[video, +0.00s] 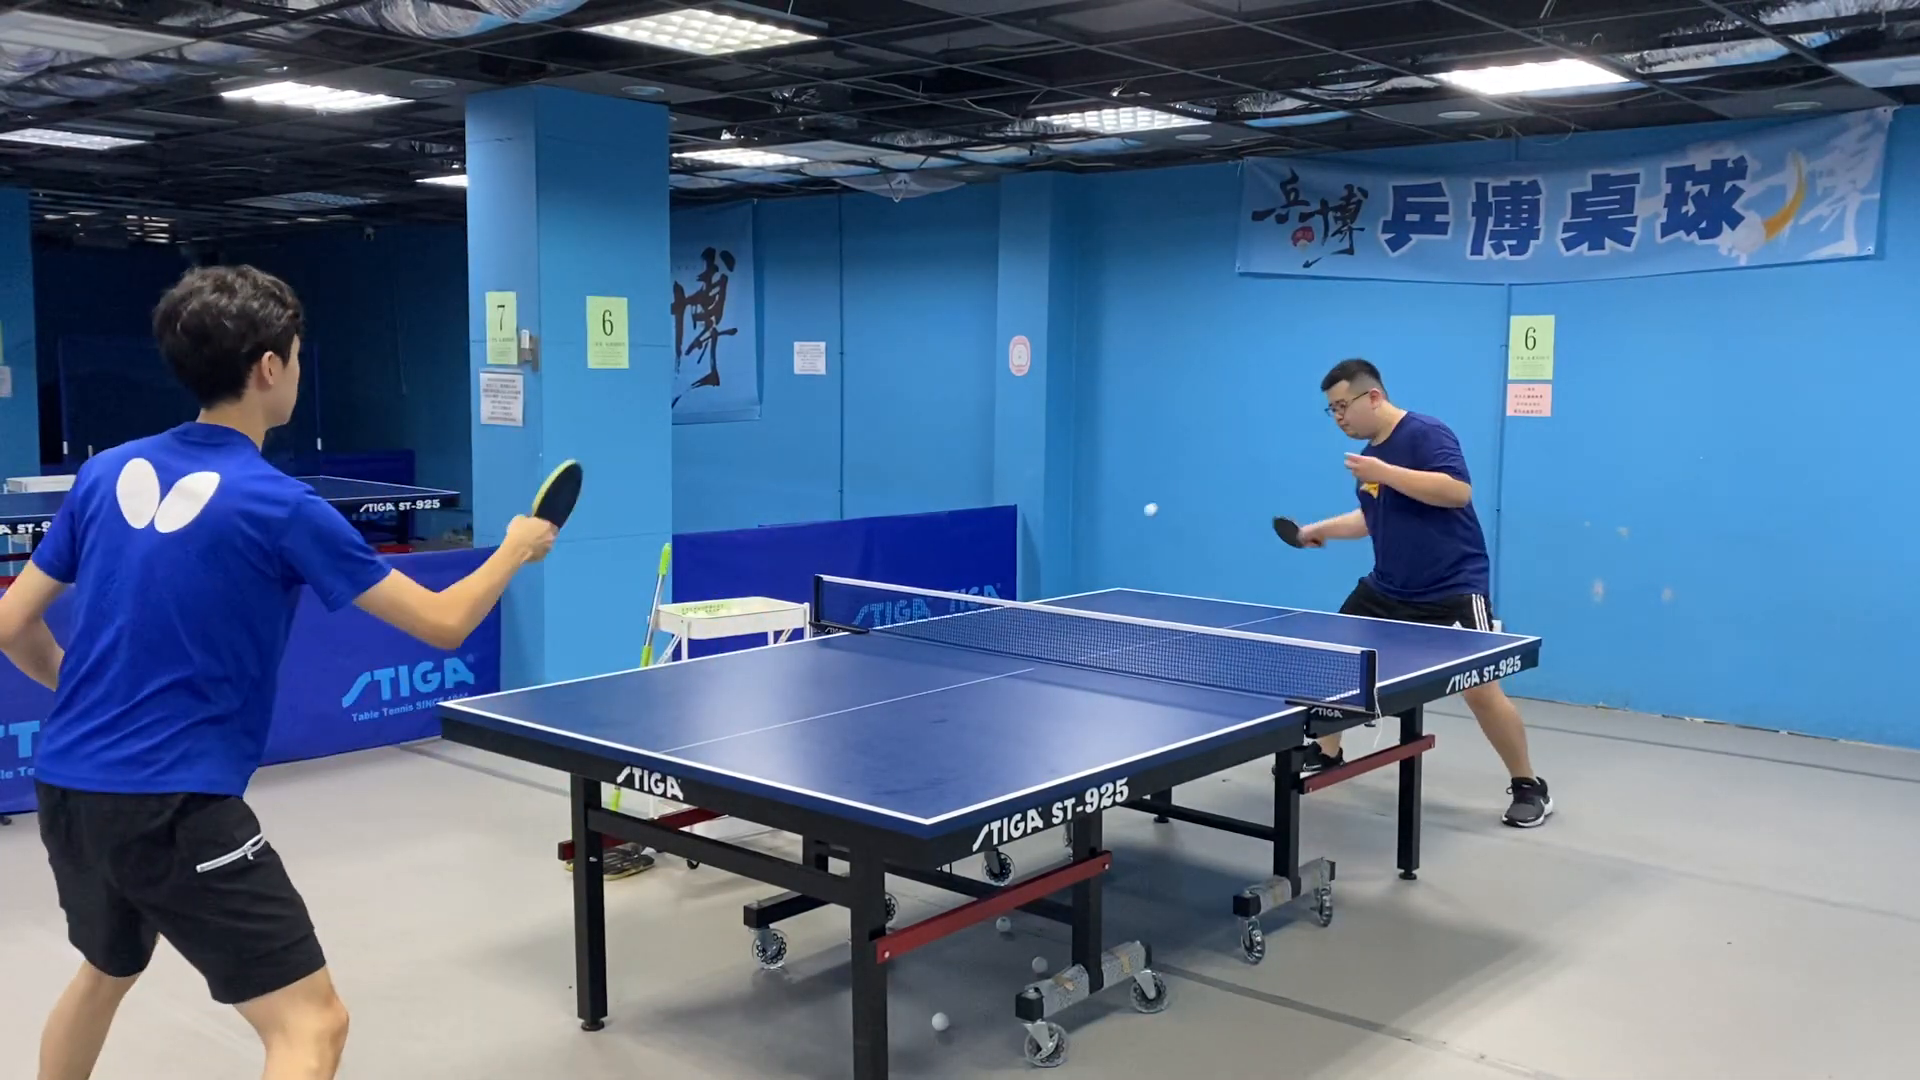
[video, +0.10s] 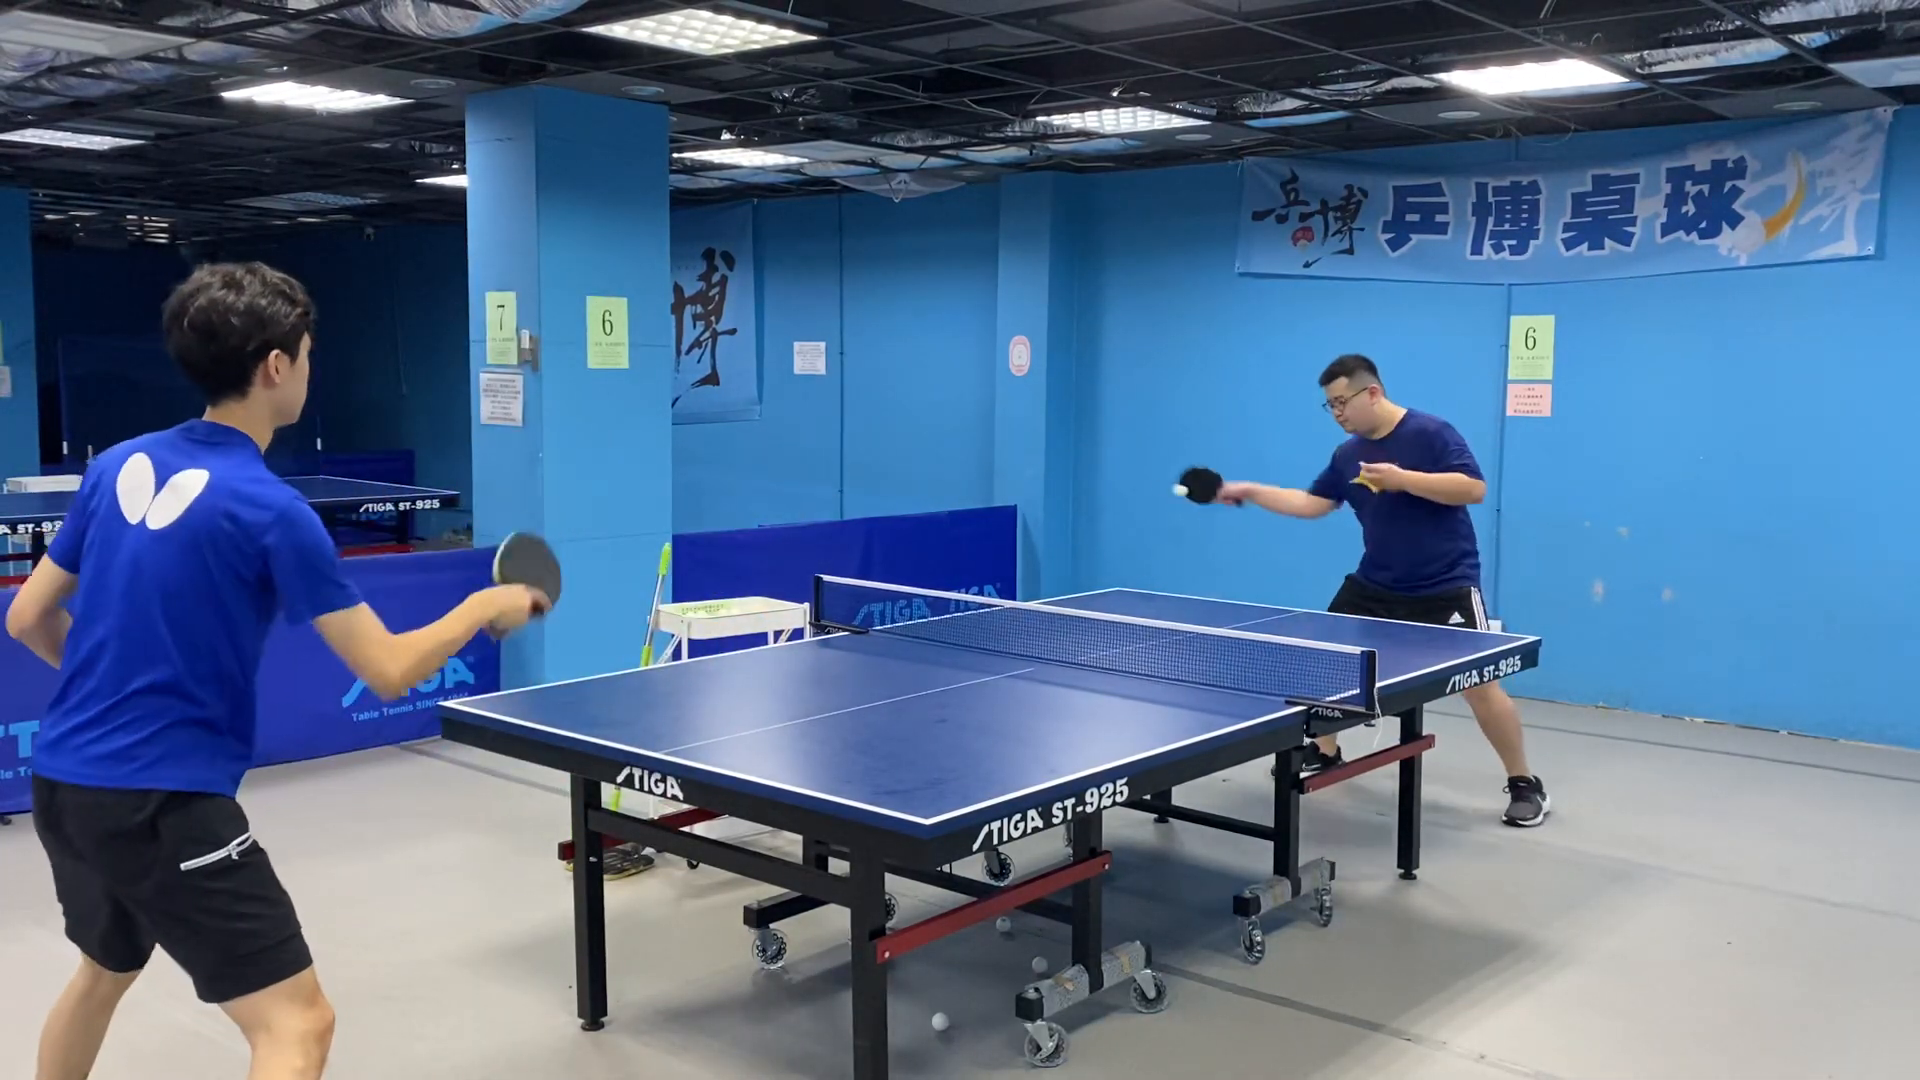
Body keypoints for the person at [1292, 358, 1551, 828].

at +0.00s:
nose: (1337, 419)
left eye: (1341, 407)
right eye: (1332, 411)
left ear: (1374, 398)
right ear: (1364, 405)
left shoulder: (1428, 433)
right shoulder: (1367, 455)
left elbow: (1459, 492)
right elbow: (1374, 518)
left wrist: (1385, 474)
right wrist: (1321, 530)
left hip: (1453, 590)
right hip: (1386, 588)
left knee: (1479, 688)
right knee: (1327, 658)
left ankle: (1526, 785)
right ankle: (1327, 751)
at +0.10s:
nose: (1335, 415)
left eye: (1341, 403)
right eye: (1331, 406)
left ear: (1374, 394)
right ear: (1341, 406)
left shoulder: (1431, 433)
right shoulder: (1348, 455)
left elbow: (1474, 488)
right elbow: (1313, 503)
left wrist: (1402, 479)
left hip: (1445, 589)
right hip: (1372, 587)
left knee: (1479, 683)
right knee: (1316, 657)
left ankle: (1523, 783)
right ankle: (1324, 750)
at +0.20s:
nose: (1336, 408)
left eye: (1344, 398)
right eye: (1331, 401)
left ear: (1375, 392)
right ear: (1330, 402)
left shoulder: (1429, 436)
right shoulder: (1336, 446)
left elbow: (1473, 492)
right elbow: (1292, 482)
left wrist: (1417, 478)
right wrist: (1286, 454)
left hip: (1436, 586)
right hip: (1362, 583)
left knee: (1475, 675)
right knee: (1308, 656)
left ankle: (1518, 780)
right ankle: (1323, 751)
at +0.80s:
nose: (1377, 382)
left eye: (1387, 373)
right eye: (1370, 374)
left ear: (1416, 373)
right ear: (1365, 377)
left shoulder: (1457, 425)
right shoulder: (1369, 432)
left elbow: (1490, 484)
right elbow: (1361, 491)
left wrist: (1423, 501)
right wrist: (1328, 511)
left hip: (1451, 582)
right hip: (1381, 577)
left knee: (1480, 676)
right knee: (1336, 659)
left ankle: (1509, 775)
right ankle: (1327, 750)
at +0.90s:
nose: (1373, 379)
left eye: (1384, 370)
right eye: (1368, 371)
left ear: (1414, 371)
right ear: (1365, 374)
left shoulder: (1450, 423)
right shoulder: (1375, 432)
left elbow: (1469, 486)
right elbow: (1374, 492)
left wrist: (1399, 512)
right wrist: (1338, 522)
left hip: (1447, 577)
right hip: (1383, 574)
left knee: (1476, 676)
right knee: (1349, 661)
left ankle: (1509, 775)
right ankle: (1327, 749)